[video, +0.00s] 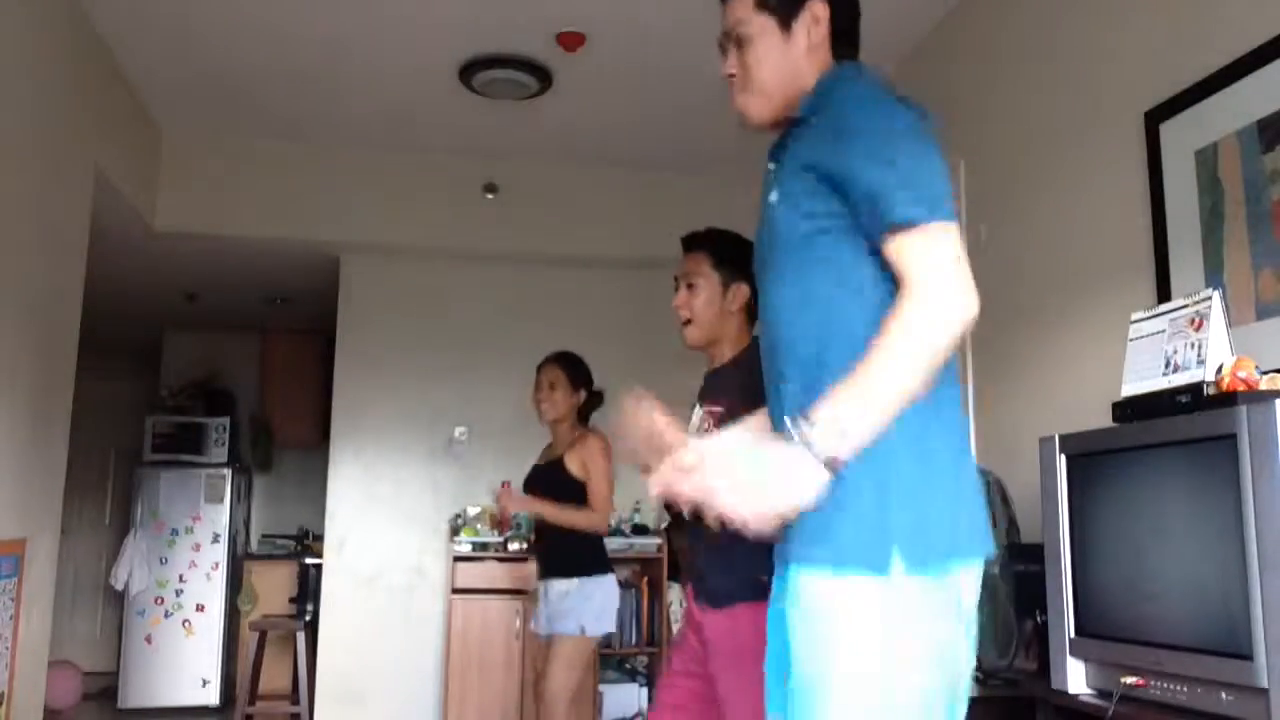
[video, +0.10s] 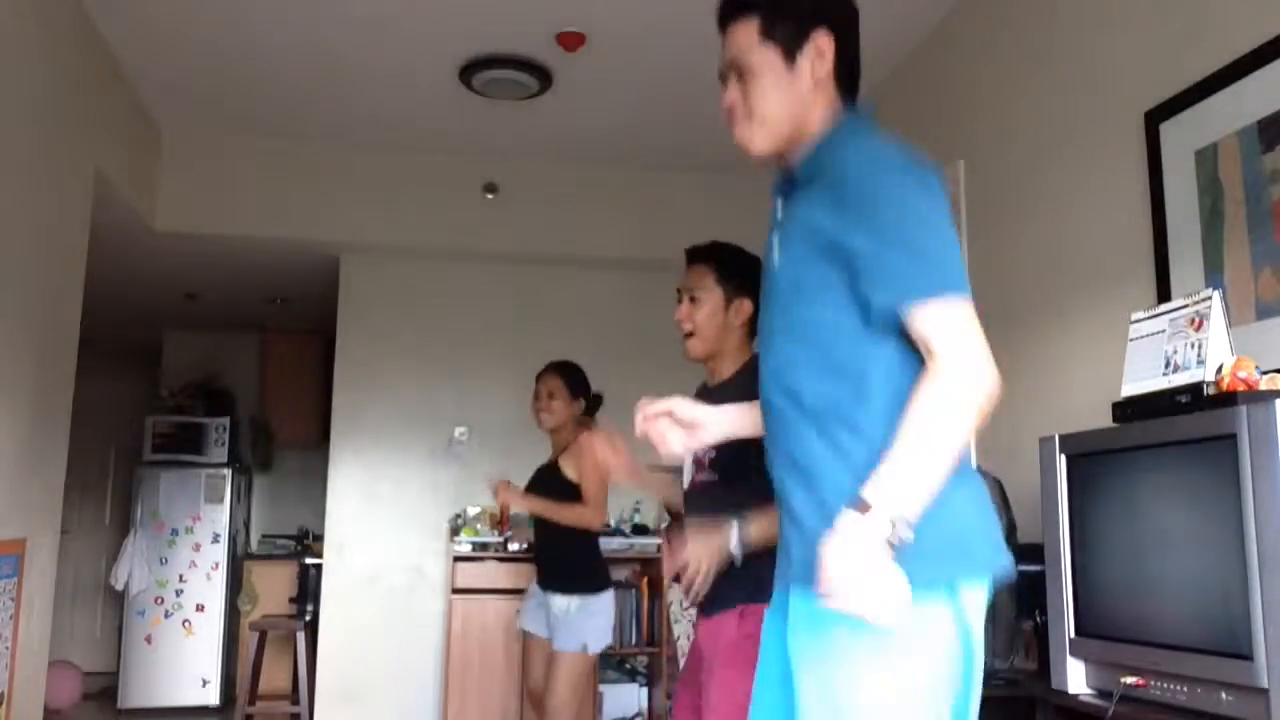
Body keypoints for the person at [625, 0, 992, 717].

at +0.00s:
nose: (726, 66)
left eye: (738, 40)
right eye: (725, 47)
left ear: (811, 25)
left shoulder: (855, 110)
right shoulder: (796, 153)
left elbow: (945, 293)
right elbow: (834, 370)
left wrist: (810, 452)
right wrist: (728, 453)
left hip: (887, 550)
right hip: (828, 546)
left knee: (871, 707)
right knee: (810, 708)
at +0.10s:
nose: (726, 100)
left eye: (741, 72)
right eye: (724, 79)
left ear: (817, 58)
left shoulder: (872, 174)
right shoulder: (801, 193)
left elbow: (967, 370)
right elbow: (840, 390)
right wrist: (717, 422)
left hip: (898, 582)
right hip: (816, 572)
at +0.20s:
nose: (722, 143)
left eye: (737, 116)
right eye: (723, 122)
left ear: (814, 104)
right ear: (812, 107)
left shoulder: (888, 242)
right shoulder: (796, 250)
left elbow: (1005, 421)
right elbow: (840, 422)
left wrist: (871, 513)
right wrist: (746, 445)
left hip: (905, 649)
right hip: (820, 636)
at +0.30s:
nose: (714, 125)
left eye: (726, 99)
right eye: (714, 106)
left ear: (801, 83)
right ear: (797, 85)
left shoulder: (890, 195)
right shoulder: (781, 246)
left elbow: (1012, 373)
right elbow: (823, 423)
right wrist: (726, 483)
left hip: (910, 633)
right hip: (807, 619)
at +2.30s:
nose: (748, 129)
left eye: (766, 103)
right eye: (752, 108)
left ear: (838, 101)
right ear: (833, 105)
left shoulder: (880, 188)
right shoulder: (816, 236)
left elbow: (1015, 337)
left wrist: (826, 447)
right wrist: (745, 433)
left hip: (877, 646)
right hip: (810, 631)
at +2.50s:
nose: (760, 74)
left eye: (772, 47)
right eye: (759, 55)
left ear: (847, 35)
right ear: (840, 39)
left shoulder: (902, 119)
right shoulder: (812, 178)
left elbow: (1011, 299)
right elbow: (861, 398)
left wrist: (870, 462)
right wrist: (762, 466)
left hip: (915, 579)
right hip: (815, 575)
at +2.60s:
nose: (757, 113)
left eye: (773, 87)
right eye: (757, 94)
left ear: (848, 78)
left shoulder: (914, 185)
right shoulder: (816, 228)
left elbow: (997, 388)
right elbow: (860, 430)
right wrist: (746, 448)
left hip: (936, 627)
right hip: (817, 619)